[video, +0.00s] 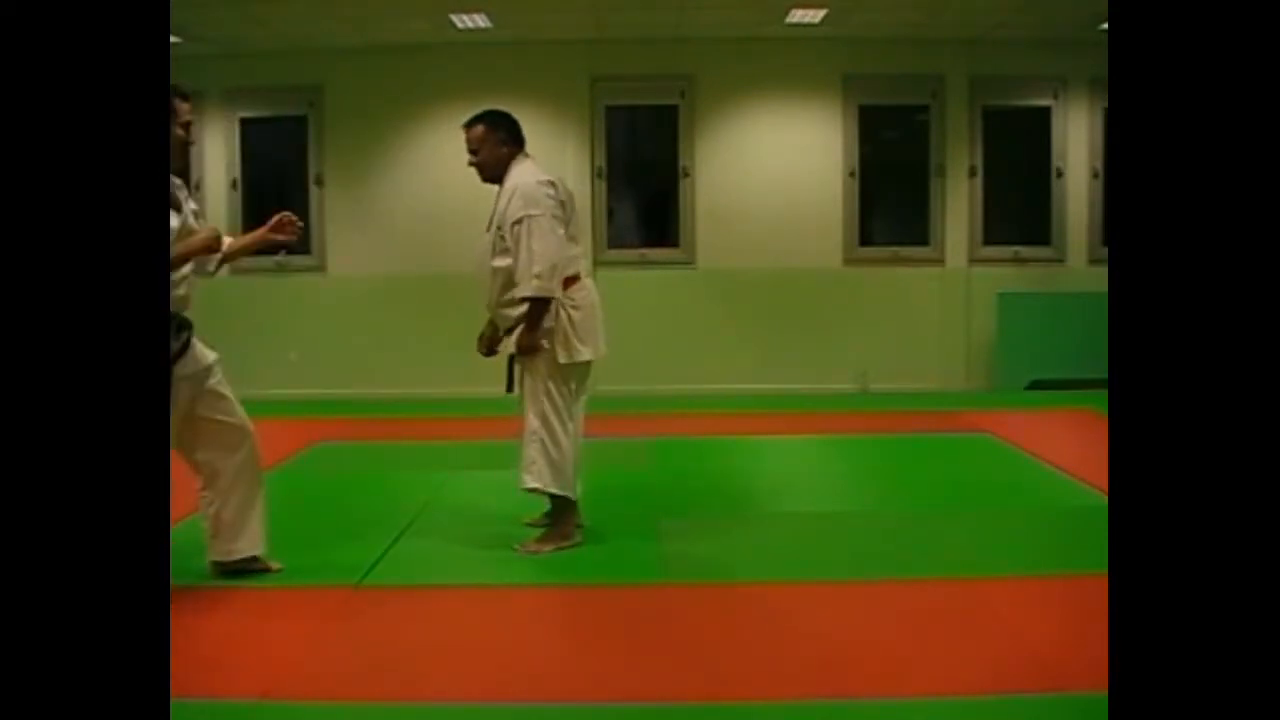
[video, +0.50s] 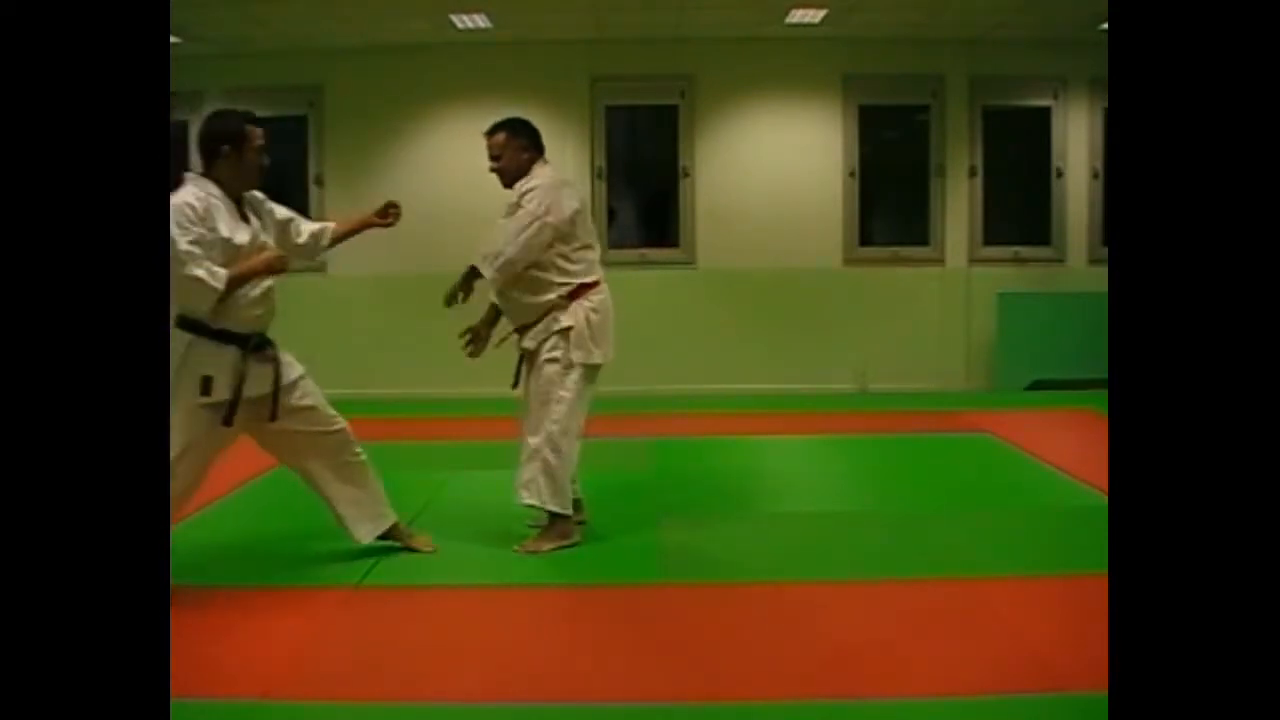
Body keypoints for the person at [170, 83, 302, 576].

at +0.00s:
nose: (189, 135)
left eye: (190, 126)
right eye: (181, 126)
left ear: (189, 129)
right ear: (163, 131)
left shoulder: (181, 196)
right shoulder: (170, 196)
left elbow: (201, 257)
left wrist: (260, 237)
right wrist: (190, 248)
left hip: (181, 346)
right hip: (175, 347)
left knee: (233, 441)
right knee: (229, 442)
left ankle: (234, 551)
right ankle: (233, 550)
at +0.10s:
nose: (187, 139)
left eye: (187, 129)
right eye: (179, 131)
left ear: (185, 132)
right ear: (164, 136)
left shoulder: (178, 195)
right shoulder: (172, 196)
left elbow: (206, 251)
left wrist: (264, 236)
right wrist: (176, 247)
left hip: (182, 344)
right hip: (176, 345)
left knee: (243, 435)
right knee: (239, 436)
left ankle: (238, 548)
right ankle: (237, 547)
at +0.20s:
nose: (188, 145)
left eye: (188, 136)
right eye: (182, 137)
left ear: (183, 139)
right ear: (166, 142)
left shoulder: (184, 199)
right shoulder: (174, 201)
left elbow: (218, 252)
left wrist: (277, 235)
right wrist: (183, 249)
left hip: (196, 346)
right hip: (174, 351)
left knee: (264, 432)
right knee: (173, 467)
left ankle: (265, 544)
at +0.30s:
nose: (200, 149)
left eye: (199, 140)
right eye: (192, 141)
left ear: (187, 146)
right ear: (170, 147)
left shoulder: (194, 201)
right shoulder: (167, 207)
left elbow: (234, 252)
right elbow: (172, 271)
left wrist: (293, 233)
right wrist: (189, 258)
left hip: (207, 349)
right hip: (175, 353)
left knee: (280, 429)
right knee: (175, 462)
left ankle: (301, 539)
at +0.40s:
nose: (232, 157)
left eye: (230, 148)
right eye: (223, 149)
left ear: (204, 154)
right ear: (192, 154)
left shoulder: (224, 207)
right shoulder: (172, 208)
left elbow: (268, 247)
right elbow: (177, 285)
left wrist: (330, 230)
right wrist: (216, 267)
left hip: (230, 354)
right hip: (182, 357)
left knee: (306, 432)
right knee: (175, 475)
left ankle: (361, 527)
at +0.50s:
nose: (264, 161)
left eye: (264, 152)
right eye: (257, 152)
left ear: (229, 155)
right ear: (226, 154)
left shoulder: (253, 206)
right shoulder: (187, 206)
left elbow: (307, 237)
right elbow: (194, 285)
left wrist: (369, 220)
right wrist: (253, 266)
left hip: (256, 355)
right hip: (200, 357)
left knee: (330, 436)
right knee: (178, 474)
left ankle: (384, 526)